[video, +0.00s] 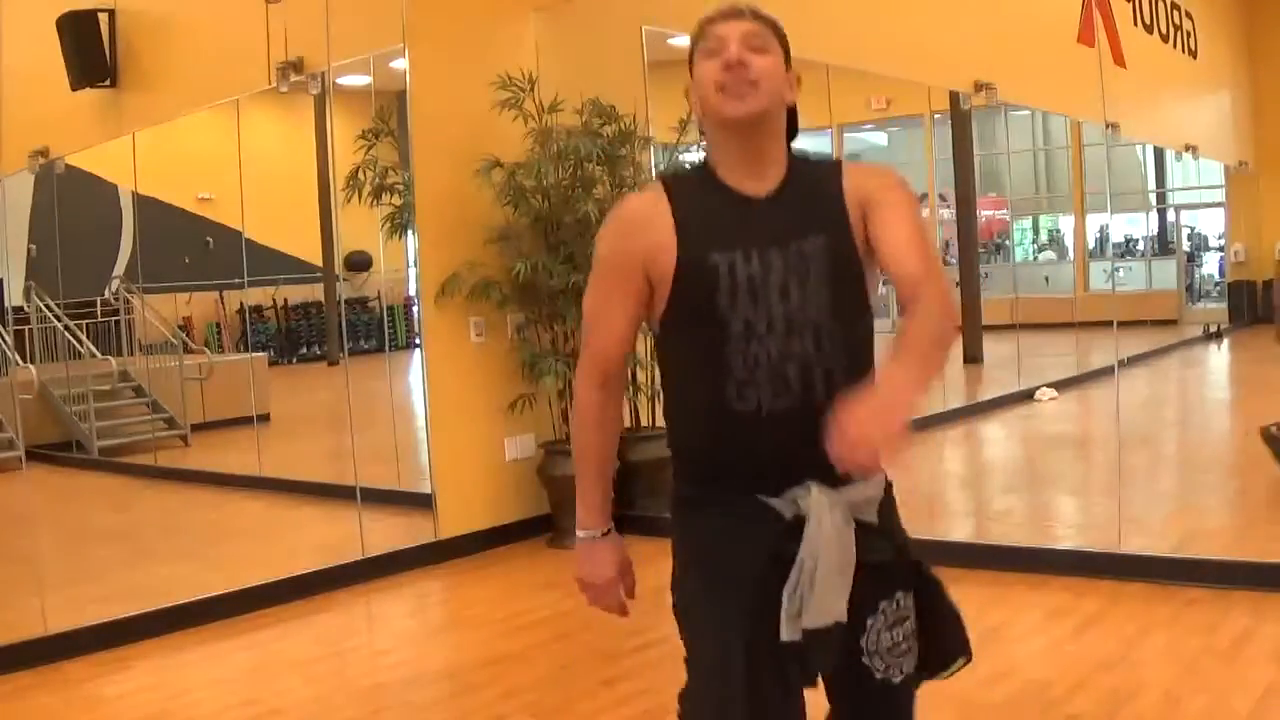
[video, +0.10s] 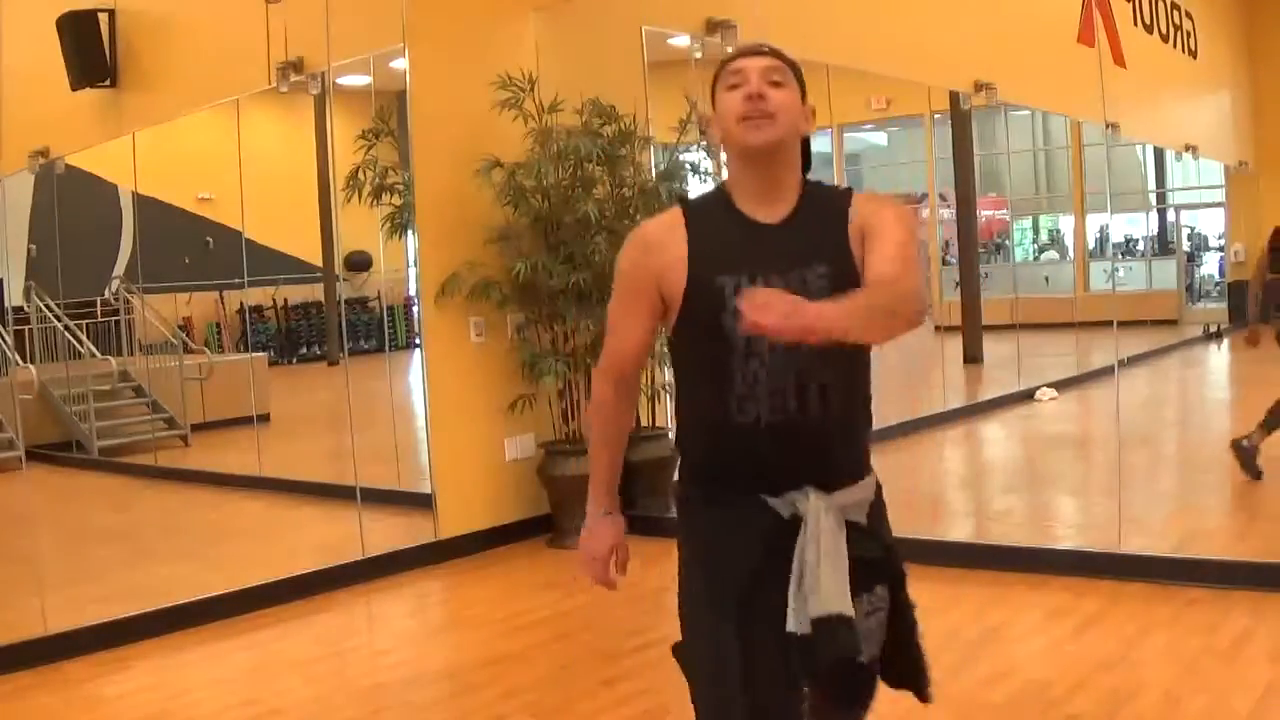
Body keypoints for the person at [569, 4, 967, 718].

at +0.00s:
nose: (734, 58)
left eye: (755, 48)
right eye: (713, 52)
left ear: (790, 85)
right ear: (691, 94)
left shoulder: (866, 191)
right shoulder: (643, 222)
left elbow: (933, 306)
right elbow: (600, 380)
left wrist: (888, 397)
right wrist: (594, 528)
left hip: (854, 508)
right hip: (727, 524)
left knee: (881, 703)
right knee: (739, 704)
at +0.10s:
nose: (755, 91)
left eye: (775, 82)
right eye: (735, 85)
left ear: (806, 115)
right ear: (713, 124)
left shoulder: (872, 218)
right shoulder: (660, 243)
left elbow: (902, 300)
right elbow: (615, 379)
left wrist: (822, 318)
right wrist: (602, 508)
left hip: (843, 517)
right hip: (726, 525)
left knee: (843, 699)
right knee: (736, 704)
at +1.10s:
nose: (713, 165)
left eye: (724, 155)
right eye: (701, 160)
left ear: (746, 168)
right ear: (691, 181)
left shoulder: (784, 232)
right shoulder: (680, 249)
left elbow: (771, 331)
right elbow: (637, 332)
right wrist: (619, 284)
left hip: (795, 406)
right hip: (732, 408)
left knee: (791, 535)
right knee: (743, 533)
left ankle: (787, 668)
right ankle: (775, 628)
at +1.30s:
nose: (708, 167)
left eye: (719, 156)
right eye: (696, 160)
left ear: (739, 167)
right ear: (684, 178)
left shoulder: (770, 225)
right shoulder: (676, 238)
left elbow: (705, 285)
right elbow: (633, 295)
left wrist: (623, 239)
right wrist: (615, 226)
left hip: (803, 391)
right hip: (743, 395)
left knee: (778, 512)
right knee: (754, 519)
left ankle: (817, 602)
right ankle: (778, 632)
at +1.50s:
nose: (699, 214)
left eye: (706, 198)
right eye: (687, 205)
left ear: (731, 180)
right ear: (678, 201)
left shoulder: (784, 229)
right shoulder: (683, 241)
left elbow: (785, 334)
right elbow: (669, 332)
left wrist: (756, 419)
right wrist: (662, 411)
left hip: (798, 392)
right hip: (734, 395)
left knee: (776, 509)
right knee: (749, 515)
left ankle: (828, 555)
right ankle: (777, 637)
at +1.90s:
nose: (733, 224)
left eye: (744, 206)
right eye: (719, 211)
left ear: (766, 199)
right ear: (705, 212)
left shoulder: (813, 246)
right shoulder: (689, 253)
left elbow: (888, 225)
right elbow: (656, 268)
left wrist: (947, 211)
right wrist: (642, 291)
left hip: (807, 431)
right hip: (735, 435)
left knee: (811, 564)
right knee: (753, 544)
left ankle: (811, 705)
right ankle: (777, 631)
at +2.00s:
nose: (749, 213)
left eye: (760, 194)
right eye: (734, 198)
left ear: (781, 190)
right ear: (717, 201)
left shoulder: (835, 250)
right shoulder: (689, 260)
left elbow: (924, 294)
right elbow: (651, 318)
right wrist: (630, 362)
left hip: (815, 433)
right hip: (737, 436)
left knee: (813, 571)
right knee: (746, 553)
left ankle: (810, 706)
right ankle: (773, 620)